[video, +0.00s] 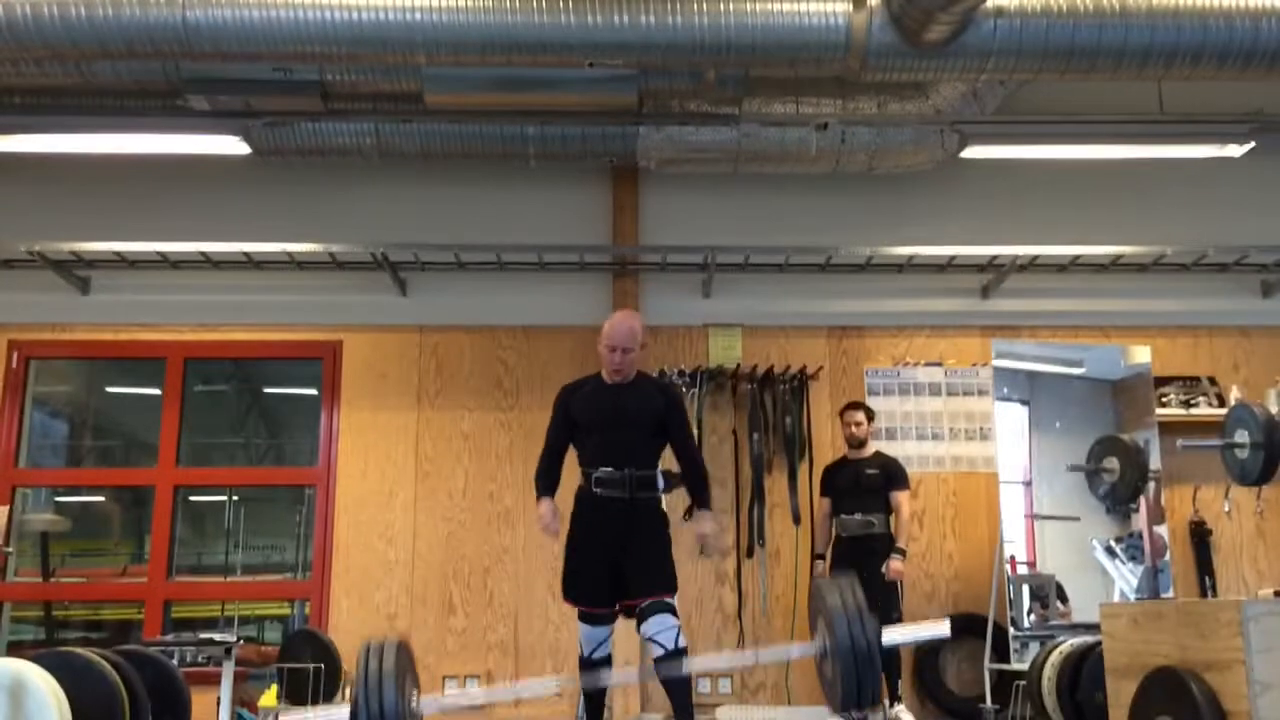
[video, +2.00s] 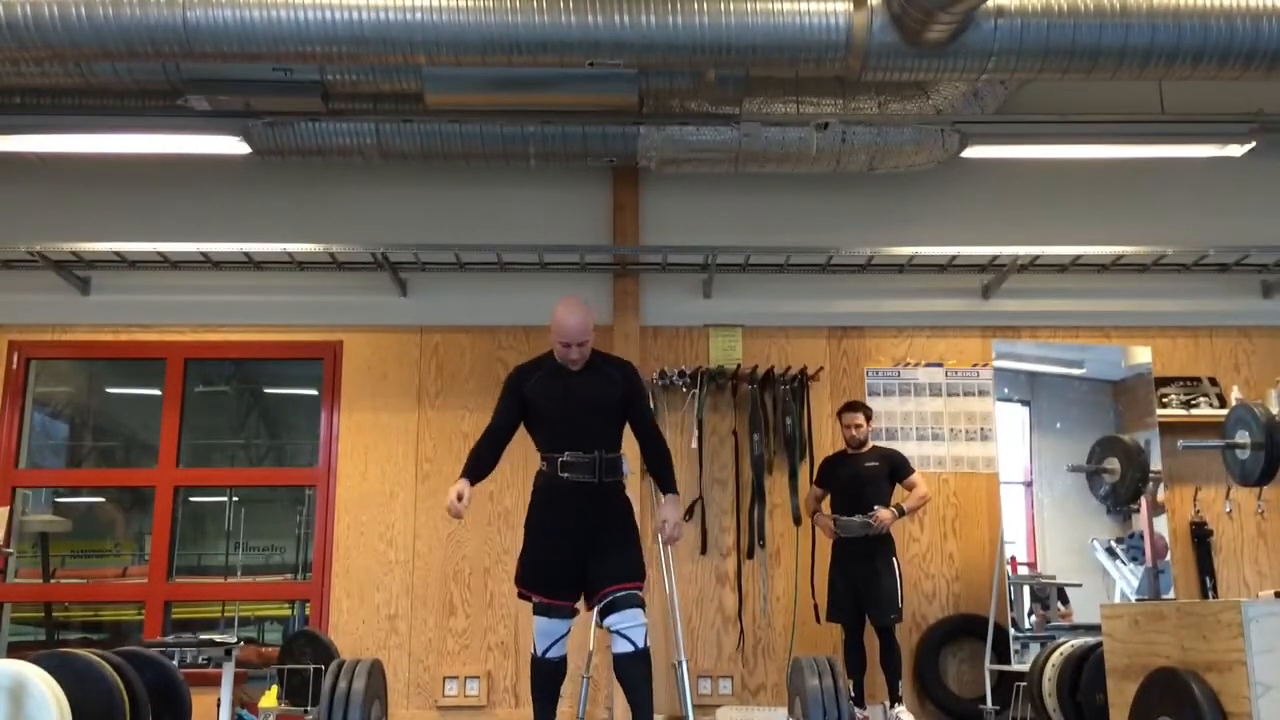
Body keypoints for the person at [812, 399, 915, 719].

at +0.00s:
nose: (853, 429)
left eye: (858, 424)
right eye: (848, 424)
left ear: (870, 426)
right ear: (841, 428)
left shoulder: (888, 465)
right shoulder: (832, 471)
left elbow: (904, 511)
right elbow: (824, 517)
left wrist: (899, 553)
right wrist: (819, 558)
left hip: (879, 560)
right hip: (844, 562)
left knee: (887, 630)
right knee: (847, 631)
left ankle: (895, 700)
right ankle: (856, 702)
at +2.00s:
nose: (853, 432)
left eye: (858, 426)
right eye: (847, 427)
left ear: (869, 426)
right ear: (840, 428)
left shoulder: (889, 458)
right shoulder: (831, 464)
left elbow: (922, 491)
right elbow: (812, 502)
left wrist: (896, 512)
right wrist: (819, 519)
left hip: (879, 553)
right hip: (845, 555)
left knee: (885, 630)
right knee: (852, 632)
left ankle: (896, 704)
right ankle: (858, 706)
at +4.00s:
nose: (858, 435)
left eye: (863, 429)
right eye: (853, 429)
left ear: (875, 428)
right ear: (846, 429)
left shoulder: (893, 465)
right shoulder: (837, 468)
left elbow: (908, 509)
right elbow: (826, 513)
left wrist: (908, 551)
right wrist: (820, 552)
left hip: (882, 558)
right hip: (847, 558)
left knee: (887, 632)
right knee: (853, 633)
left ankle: (896, 704)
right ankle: (858, 705)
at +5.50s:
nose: (857, 431)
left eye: (862, 425)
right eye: (852, 426)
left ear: (874, 427)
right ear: (845, 429)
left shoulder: (892, 465)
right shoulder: (834, 468)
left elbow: (907, 511)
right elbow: (824, 513)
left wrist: (905, 552)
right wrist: (820, 555)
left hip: (882, 557)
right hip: (846, 558)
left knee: (886, 631)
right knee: (853, 632)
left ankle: (896, 703)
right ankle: (857, 705)